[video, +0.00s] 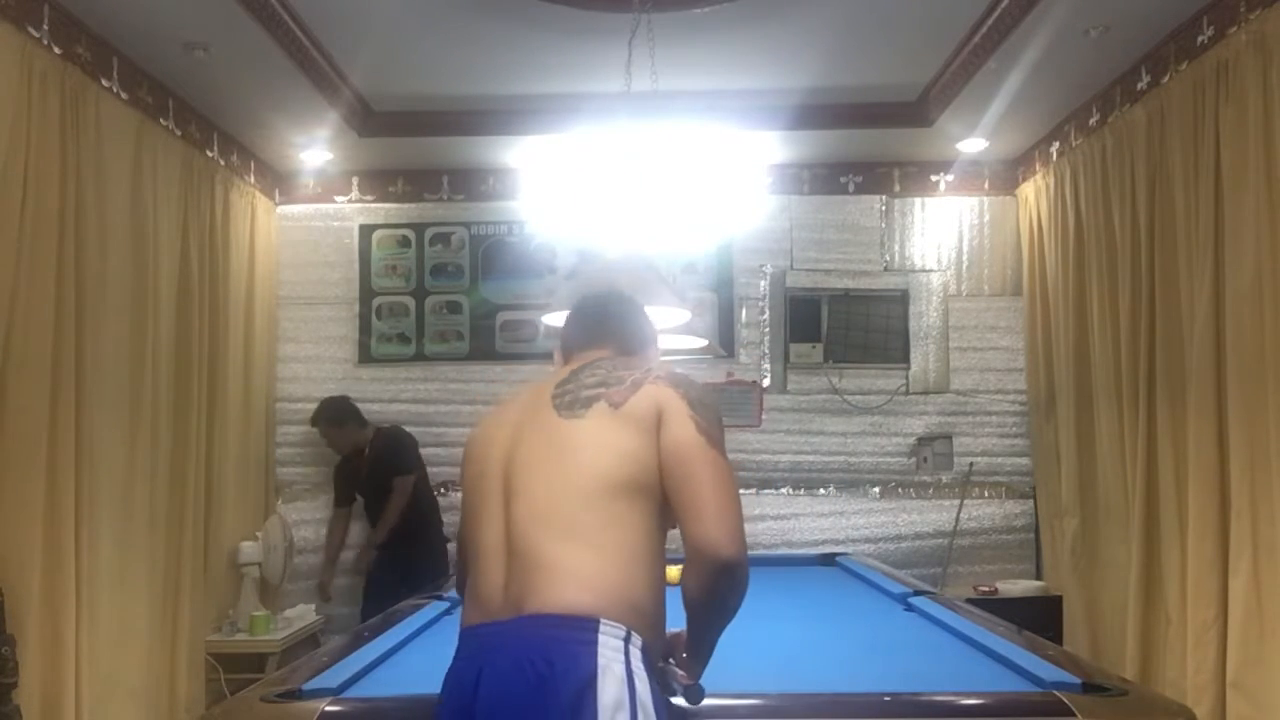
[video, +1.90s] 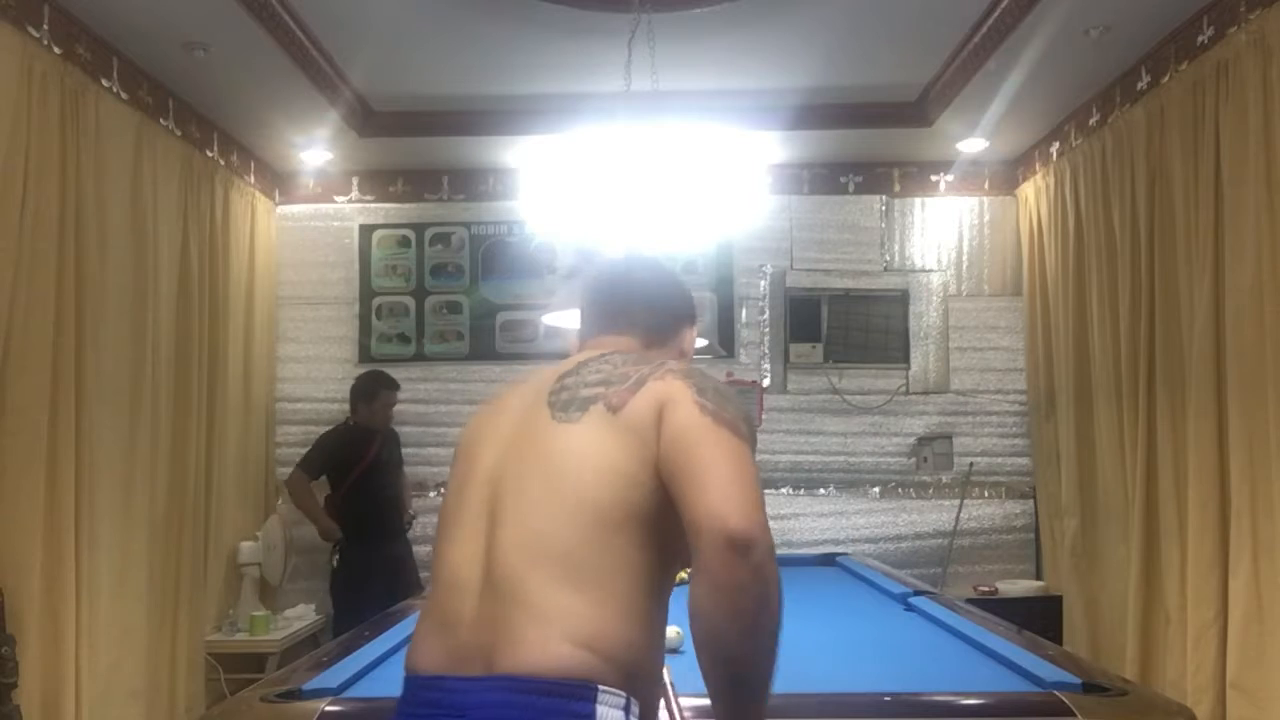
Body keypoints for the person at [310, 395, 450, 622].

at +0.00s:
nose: (328, 445)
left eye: (328, 437)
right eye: (325, 439)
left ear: (346, 426)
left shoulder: (396, 440)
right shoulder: (346, 468)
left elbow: (402, 497)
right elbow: (340, 519)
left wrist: (372, 545)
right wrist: (328, 572)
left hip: (423, 551)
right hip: (387, 553)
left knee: (420, 624)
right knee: (374, 624)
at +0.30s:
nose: (334, 435)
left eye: (334, 427)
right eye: (329, 429)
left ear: (350, 416)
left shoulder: (400, 434)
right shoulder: (339, 459)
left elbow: (417, 484)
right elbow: (334, 515)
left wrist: (385, 530)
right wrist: (335, 564)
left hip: (412, 552)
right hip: (368, 557)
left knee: (421, 629)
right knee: (363, 637)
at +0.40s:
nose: (338, 434)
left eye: (339, 426)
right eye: (334, 428)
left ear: (356, 414)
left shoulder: (405, 435)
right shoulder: (341, 457)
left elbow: (422, 488)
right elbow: (337, 515)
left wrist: (415, 537)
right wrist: (344, 563)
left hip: (410, 551)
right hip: (368, 555)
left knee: (418, 627)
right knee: (365, 635)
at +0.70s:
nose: (353, 426)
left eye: (354, 418)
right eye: (350, 420)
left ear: (373, 408)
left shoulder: (423, 434)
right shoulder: (356, 451)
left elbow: (453, 478)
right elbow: (348, 507)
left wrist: (454, 530)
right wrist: (345, 555)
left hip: (413, 553)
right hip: (370, 555)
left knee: (414, 627)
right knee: (366, 630)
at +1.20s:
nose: (382, 413)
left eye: (387, 405)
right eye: (376, 407)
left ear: (404, 400)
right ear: (369, 408)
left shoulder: (432, 439)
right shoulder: (363, 444)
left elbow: (455, 484)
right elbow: (337, 487)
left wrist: (450, 533)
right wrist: (345, 534)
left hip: (420, 550)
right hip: (375, 551)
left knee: (421, 627)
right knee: (366, 630)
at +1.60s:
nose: (396, 409)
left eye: (399, 402)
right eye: (389, 403)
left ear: (404, 402)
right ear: (367, 403)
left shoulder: (407, 437)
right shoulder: (348, 435)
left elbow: (419, 475)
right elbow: (304, 473)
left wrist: (421, 509)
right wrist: (329, 518)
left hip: (405, 551)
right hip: (364, 552)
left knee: (408, 631)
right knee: (358, 636)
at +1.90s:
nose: (392, 413)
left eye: (393, 406)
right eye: (387, 407)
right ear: (361, 406)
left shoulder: (390, 438)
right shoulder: (337, 439)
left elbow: (399, 475)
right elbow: (296, 482)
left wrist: (405, 508)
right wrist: (323, 523)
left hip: (396, 554)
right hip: (357, 557)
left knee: (403, 631)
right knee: (354, 640)